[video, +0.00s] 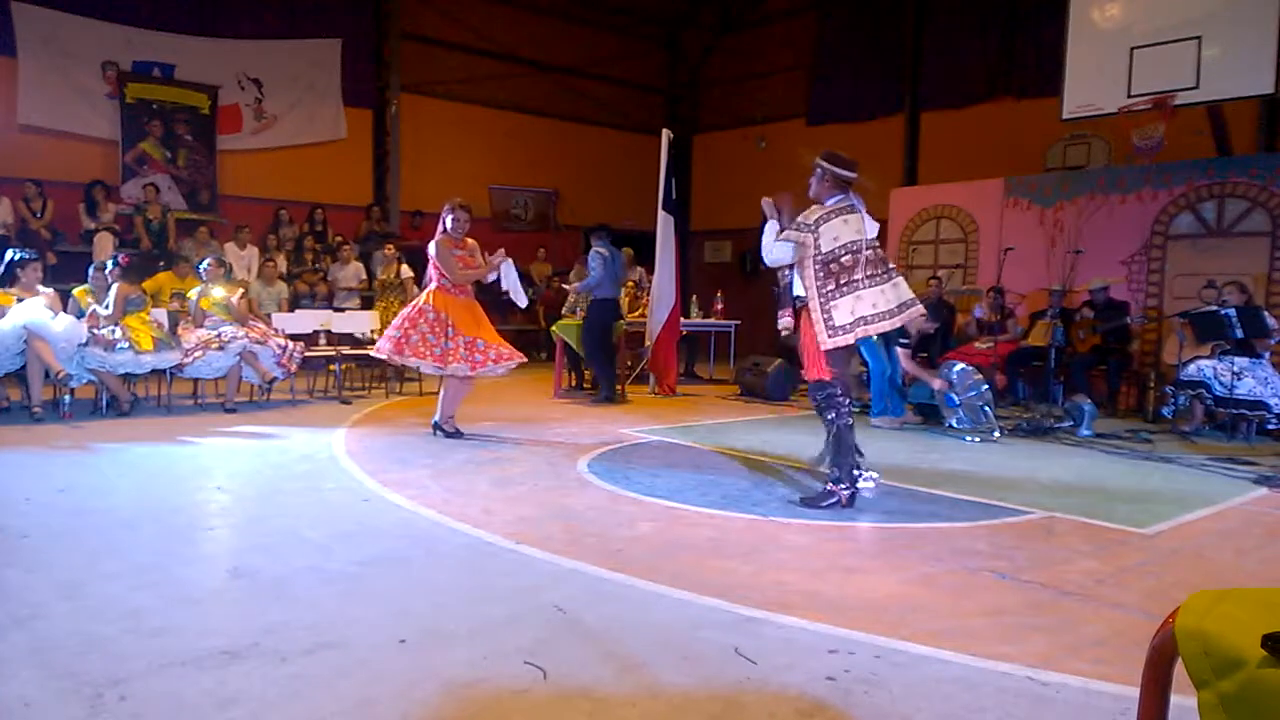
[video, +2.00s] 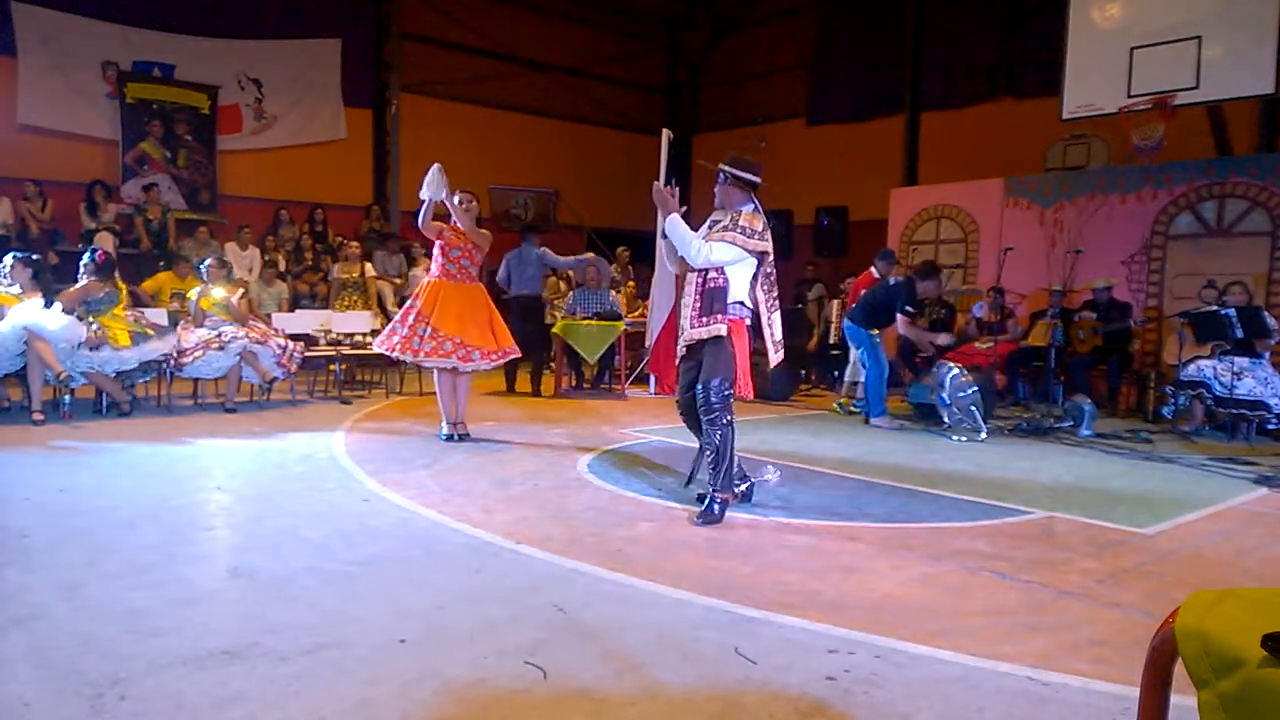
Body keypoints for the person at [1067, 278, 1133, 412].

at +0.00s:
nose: (1093, 296)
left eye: (1096, 293)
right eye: (1091, 293)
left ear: (1105, 292)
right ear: (1090, 293)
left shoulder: (1120, 306)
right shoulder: (1087, 306)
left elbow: (1116, 318)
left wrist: (1093, 315)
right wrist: (1077, 315)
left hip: (1116, 349)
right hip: (1096, 348)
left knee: (1113, 366)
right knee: (1078, 363)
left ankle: (1111, 404)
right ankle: (1083, 400)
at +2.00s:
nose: (1097, 295)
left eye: (1101, 292)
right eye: (1095, 292)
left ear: (1108, 292)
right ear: (1093, 293)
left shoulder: (1122, 307)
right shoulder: (1089, 306)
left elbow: (1119, 320)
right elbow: (1070, 316)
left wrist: (1097, 317)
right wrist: (1078, 316)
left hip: (1118, 349)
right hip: (1097, 348)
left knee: (1114, 365)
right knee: (1077, 363)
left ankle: (1112, 403)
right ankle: (1084, 399)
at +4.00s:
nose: (1099, 295)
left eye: (1103, 291)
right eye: (1097, 291)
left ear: (1111, 292)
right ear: (1094, 292)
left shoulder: (1124, 308)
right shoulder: (1090, 305)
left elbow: (1119, 321)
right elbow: (1068, 314)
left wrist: (1098, 317)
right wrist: (1080, 316)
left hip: (1116, 350)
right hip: (1096, 349)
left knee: (1115, 366)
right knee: (1075, 363)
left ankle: (1111, 404)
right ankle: (1083, 400)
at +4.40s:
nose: (1099, 294)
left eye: (1103, 291)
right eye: (1097, 291)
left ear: (1111, 292)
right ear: (1095, 292)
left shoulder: (1124, 308)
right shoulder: (1090, 305)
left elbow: (1119, 320)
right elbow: (1068, 315)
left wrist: (1098, 317)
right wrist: (1079, 317)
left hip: (1116, 350)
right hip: (1096, 348)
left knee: (1115, 366)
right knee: (1075, 363)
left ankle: (1111, 404)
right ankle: (1084, 400)